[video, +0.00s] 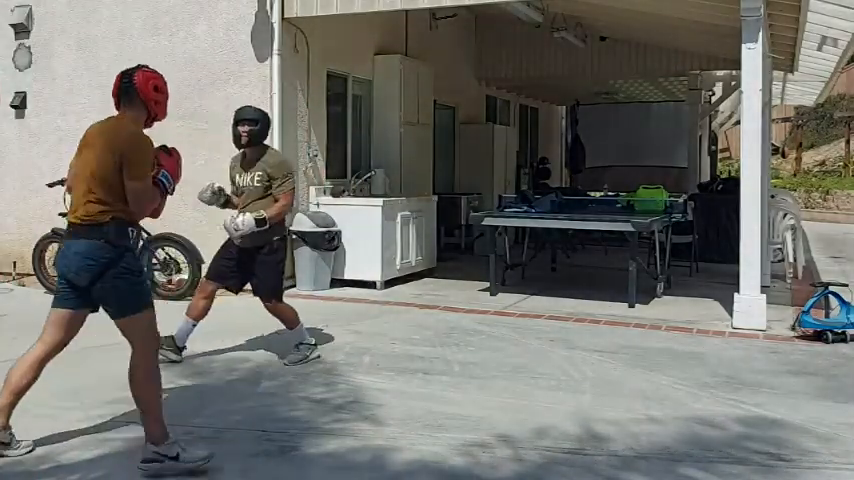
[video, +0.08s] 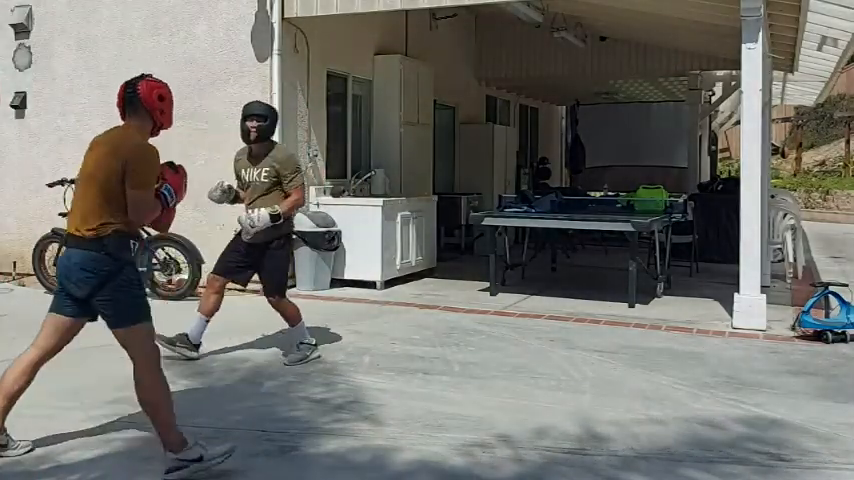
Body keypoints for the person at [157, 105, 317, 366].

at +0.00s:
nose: (243, 130)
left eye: (250, 125)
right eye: (239, 125)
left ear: (262, 130)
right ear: (234, 130)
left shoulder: (276, 162)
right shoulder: (237, 163)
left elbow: (285, 204)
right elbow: (242, 202)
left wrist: (256, 220)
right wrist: (221, 199)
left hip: (270, 241)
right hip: (240, 238)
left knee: (271, 301)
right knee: (207, 286)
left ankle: (306, 341)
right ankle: (177, 343)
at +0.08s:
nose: (251, 125)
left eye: (258, 120)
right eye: (248, 120)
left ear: (270, 125)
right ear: (242, 124)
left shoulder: (284, 157)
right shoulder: (241, 158)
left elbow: (298, 197)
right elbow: (249, 195)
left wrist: (271, 216)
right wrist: (230, 195)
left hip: (276, 236)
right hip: (247, 234)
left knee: (275, 296)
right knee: (216, 280)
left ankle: (306, 341)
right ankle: (192, 340)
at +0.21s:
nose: (261, 130)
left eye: (266, 125)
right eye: (257, 124)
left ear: (276, 123)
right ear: (252, 122)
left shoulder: (293, 149)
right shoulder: (247, 150)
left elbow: (315, 181)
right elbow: (251, 186)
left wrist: (292, 201)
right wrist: (236, 185)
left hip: (282, 231)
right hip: (254, 228)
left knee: (283, 287)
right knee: (229, 277)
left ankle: (307, 342)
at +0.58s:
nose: (265, 126)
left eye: (270, 121)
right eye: (264, 121)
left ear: (280, 122)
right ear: (262, 122)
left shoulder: (297, 146)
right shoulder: (256, 149)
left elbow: (323, 173)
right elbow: (246, 183)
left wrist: (313, 189)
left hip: (292, 224)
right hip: (264, 225)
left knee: (297, 279)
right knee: (261, 282)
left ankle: (314, 341)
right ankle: (282, 328)